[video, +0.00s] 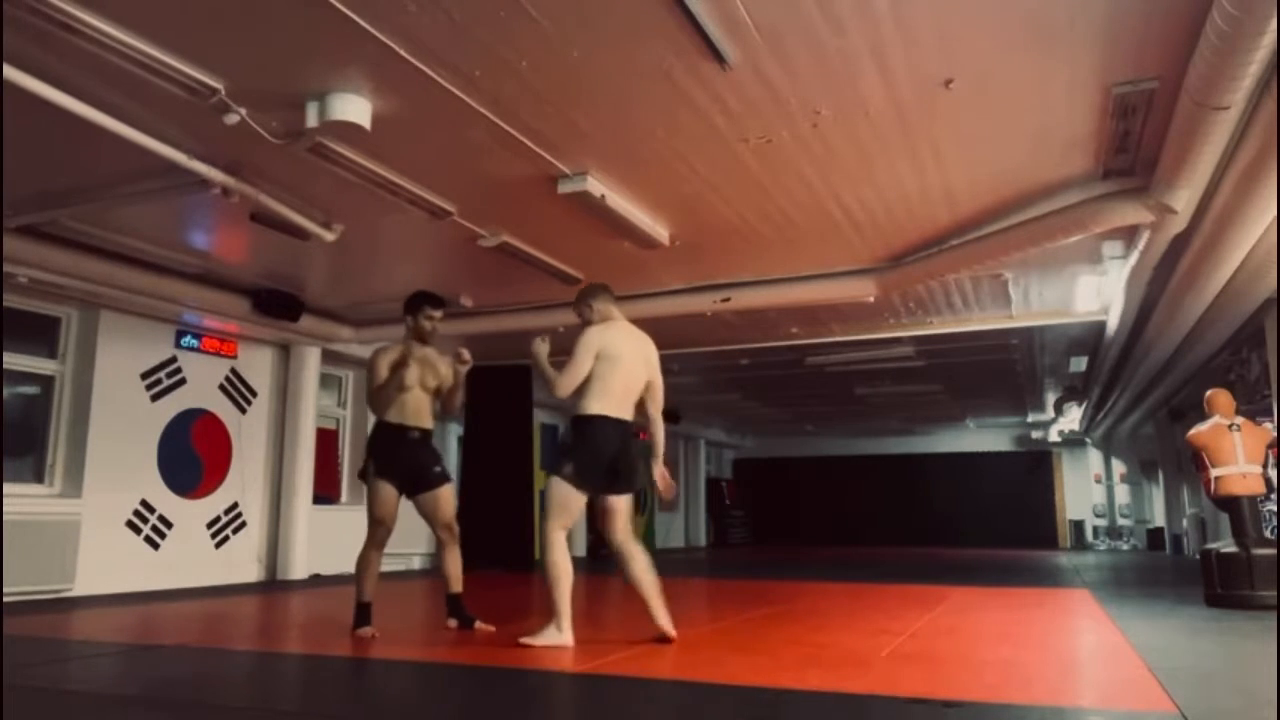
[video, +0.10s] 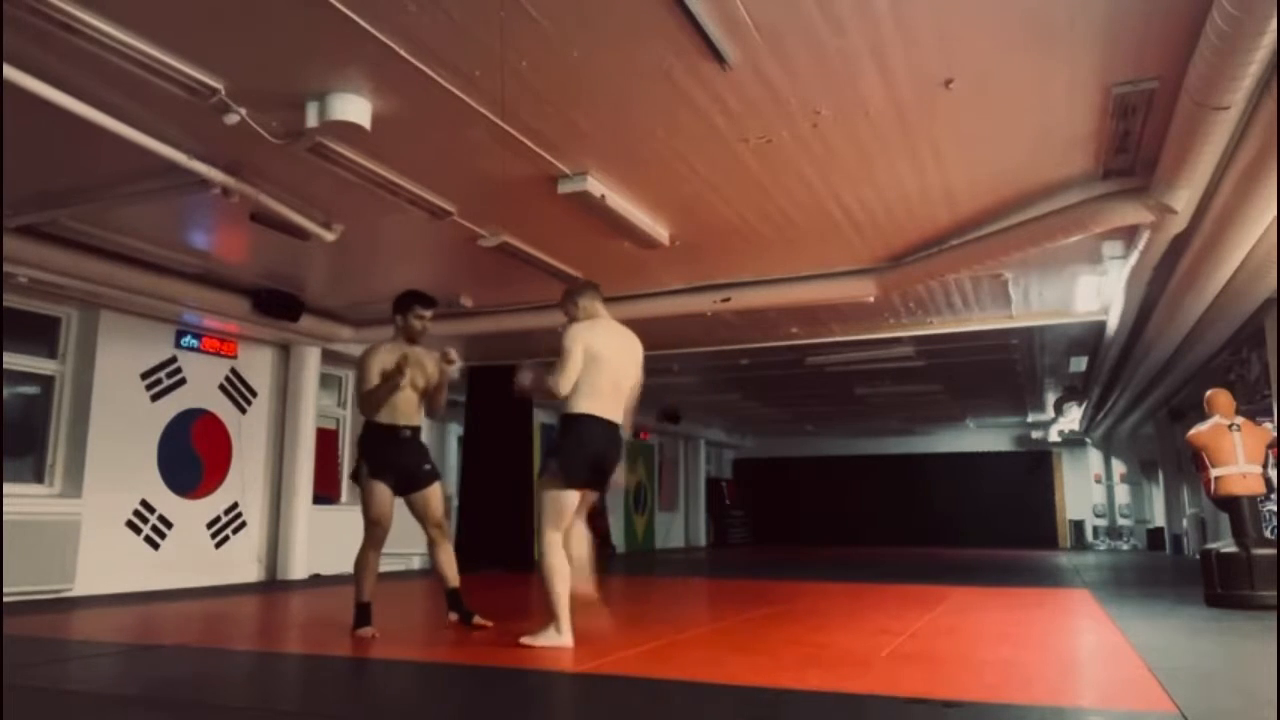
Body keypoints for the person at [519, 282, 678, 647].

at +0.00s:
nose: (583, 322)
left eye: (582, 316)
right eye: (581, 316)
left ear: (592, 308)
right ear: (613, 305)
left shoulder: (595, 334)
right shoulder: (647, 344)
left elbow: (562, 388)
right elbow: (655, 410)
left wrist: (540, 358)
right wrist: (658, 458)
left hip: (588, 437)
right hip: (626, 443)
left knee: (556, 528)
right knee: (622, 534)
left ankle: (561, 627)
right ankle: (663, 619)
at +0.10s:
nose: (568, 321)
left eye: (568, 314)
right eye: (567, 315)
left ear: (580, 306)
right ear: (599, 303)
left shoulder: (579, 331)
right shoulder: (633, 341)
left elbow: (561, 386)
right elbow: (630, 399)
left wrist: (534, 379)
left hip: (579, 429)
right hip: (612, 436)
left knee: (552, 531)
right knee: (576, 516)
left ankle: (561, 628)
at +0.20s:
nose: (560, 314)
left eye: (560, 306)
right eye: (559, 307)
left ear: (571, 301)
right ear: (592, 298)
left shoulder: (576, 333)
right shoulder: (619, 339)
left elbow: (578, 393)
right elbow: (603, 395)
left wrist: (544, 443)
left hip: (574, 429)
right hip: (600, 436)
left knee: (545, 533)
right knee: (535, 504)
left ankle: (561, 630)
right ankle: (488, 566)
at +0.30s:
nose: (557, 302)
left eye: (559, 295)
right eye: (557, 296)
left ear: (572, 292)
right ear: (580, 290)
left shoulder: (593, 329)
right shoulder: (580, 329)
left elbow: (615, 382)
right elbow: (537, 339)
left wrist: (566, 417)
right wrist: (502, 306)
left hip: (559, 436)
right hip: (548, 432)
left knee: (538, 532)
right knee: (492, 445)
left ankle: (559, 626)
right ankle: (473, 530)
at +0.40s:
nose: (559, 296)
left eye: (562, 289)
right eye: (559, 290)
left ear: (582, 283)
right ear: (571, 286)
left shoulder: (607, 327)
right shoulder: (567, 316)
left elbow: (626, 375)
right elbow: (528, 306)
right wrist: (500, 281)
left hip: (550, 425)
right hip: (522, 404)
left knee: (527, 517)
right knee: (451, 419)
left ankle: (541, 610)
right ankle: (470, 473)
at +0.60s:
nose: (546, 325)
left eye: (551, 319)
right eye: (547, 319)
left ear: (574, 316)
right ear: (554, 317)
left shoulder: (602, 360)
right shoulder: (545, 344)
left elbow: (636, 393)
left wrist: (591, 347)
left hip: (521, 444)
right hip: (492, 404)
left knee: (504, 527)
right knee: (420, 399)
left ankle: (488, 617)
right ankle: (407, 381)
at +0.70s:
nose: (547, 343)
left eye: (553, 337)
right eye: (548, 336)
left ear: (570, 334)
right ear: (553, 333)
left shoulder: (599, 377)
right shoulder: (547, 357)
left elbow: (616, 418)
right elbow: (527, 372)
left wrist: (583, 363)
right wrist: (496, 374)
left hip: (513, 447)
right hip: (487, 408)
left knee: (501, 530)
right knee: (413, 402)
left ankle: (486, 621)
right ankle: (389, 386)